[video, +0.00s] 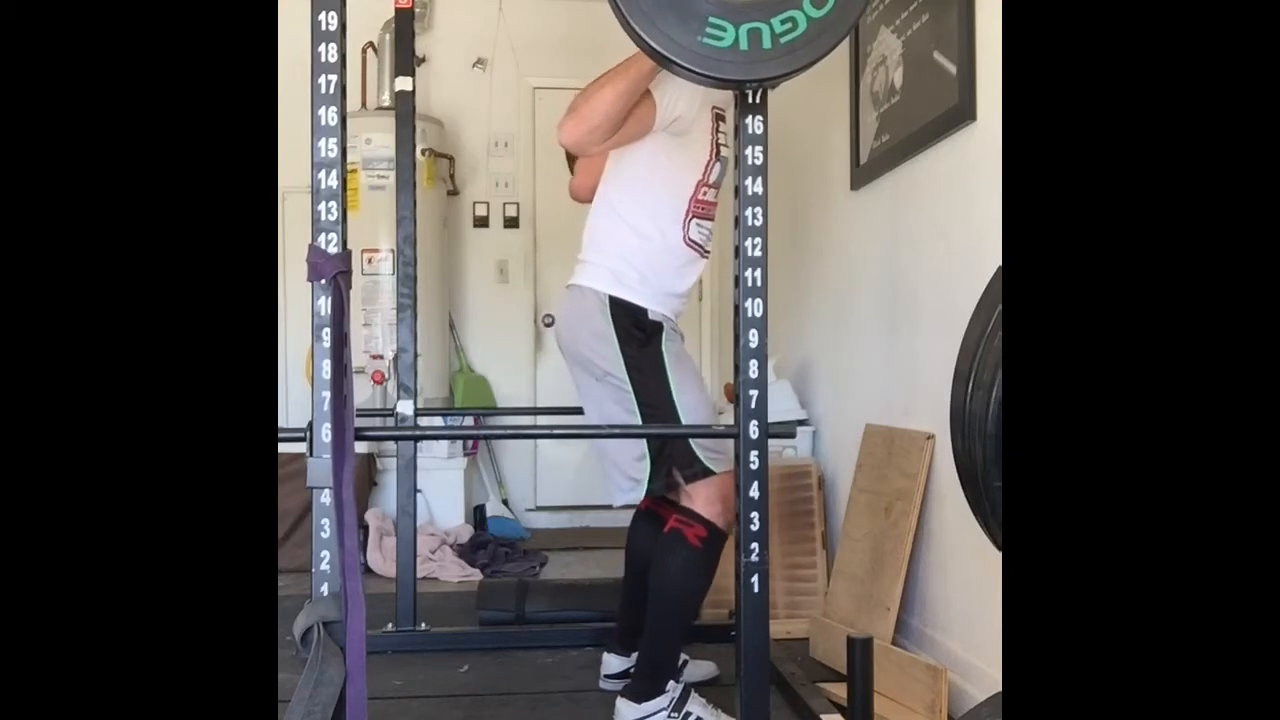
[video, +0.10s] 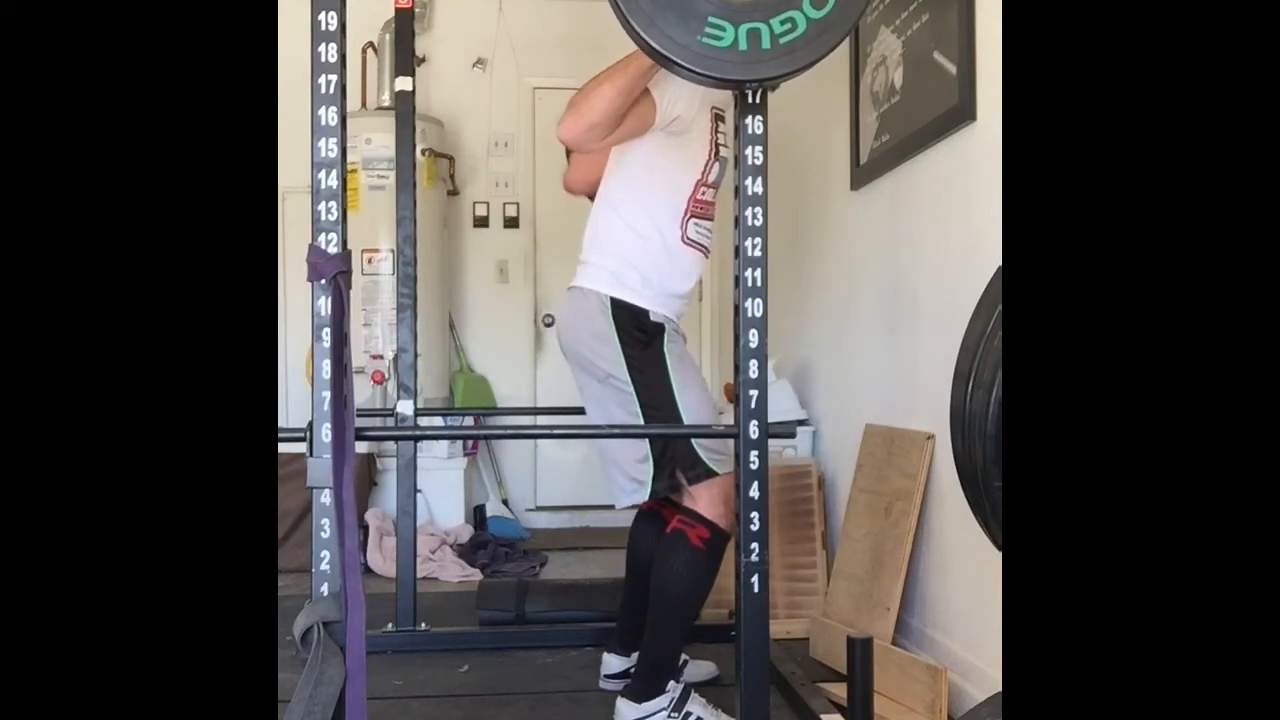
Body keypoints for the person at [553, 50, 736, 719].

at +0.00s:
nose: (768, 46)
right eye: (759, 33)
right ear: (729, 28)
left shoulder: (707, 101)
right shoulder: (685, 78)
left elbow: (584, 181)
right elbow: (575, 131)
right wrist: (657, 47)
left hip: (630, 309)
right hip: (618, 310)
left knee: (672, 488)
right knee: (711, 494)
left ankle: (629, 655)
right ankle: (651, 694)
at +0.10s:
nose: (762, 51)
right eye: (754, 37)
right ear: (724, 30)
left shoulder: (696, 104)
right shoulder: (685, 80)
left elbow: (580, 175)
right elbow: (574, 127)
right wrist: (655, 45)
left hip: (626, 309)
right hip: (620, 311)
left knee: (673, 491)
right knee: (712, 496)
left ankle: (628, 655)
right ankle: (651, 694)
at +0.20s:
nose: (766, 50)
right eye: (759, 36)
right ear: (729, 30)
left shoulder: (700, 99)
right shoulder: (687, 77)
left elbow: (572, 163)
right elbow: (571, 122)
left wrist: (660, 190)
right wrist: (655, 42)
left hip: (626, 309)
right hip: (621, 312)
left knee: (672, 493)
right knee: (712, 498)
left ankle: (628, 655)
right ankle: (650, 695)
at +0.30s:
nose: (764, 59)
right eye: (757, 43)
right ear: (728, 34)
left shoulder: (693, 104)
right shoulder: (686, 81)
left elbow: (573, 167)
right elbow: (569, 119)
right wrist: (650, 45)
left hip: (623, 309)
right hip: (617, 311)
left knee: (670, 490)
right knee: (711, 494)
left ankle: (628, 654)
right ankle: (650, 694)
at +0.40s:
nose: (759, 45)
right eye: (751, 31)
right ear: (719, 24)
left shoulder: (695, 101)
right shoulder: (682, 76)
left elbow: (573, 171)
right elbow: (571, 124)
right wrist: (654, 45)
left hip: (629, 312)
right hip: (614, 312)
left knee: (671, 486)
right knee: (709, 492)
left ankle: (628, 654)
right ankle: (650, 694)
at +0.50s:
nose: (759, 42)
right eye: (750, 29)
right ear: (720, 24)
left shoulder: (695, 99)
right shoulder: (681, 76)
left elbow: (573, 173)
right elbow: (576, 129)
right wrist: (656, 46)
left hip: (626, 311)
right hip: (614, 312)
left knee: (670, 488)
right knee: (709, 492)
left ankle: (628, 655)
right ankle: (650, 694)